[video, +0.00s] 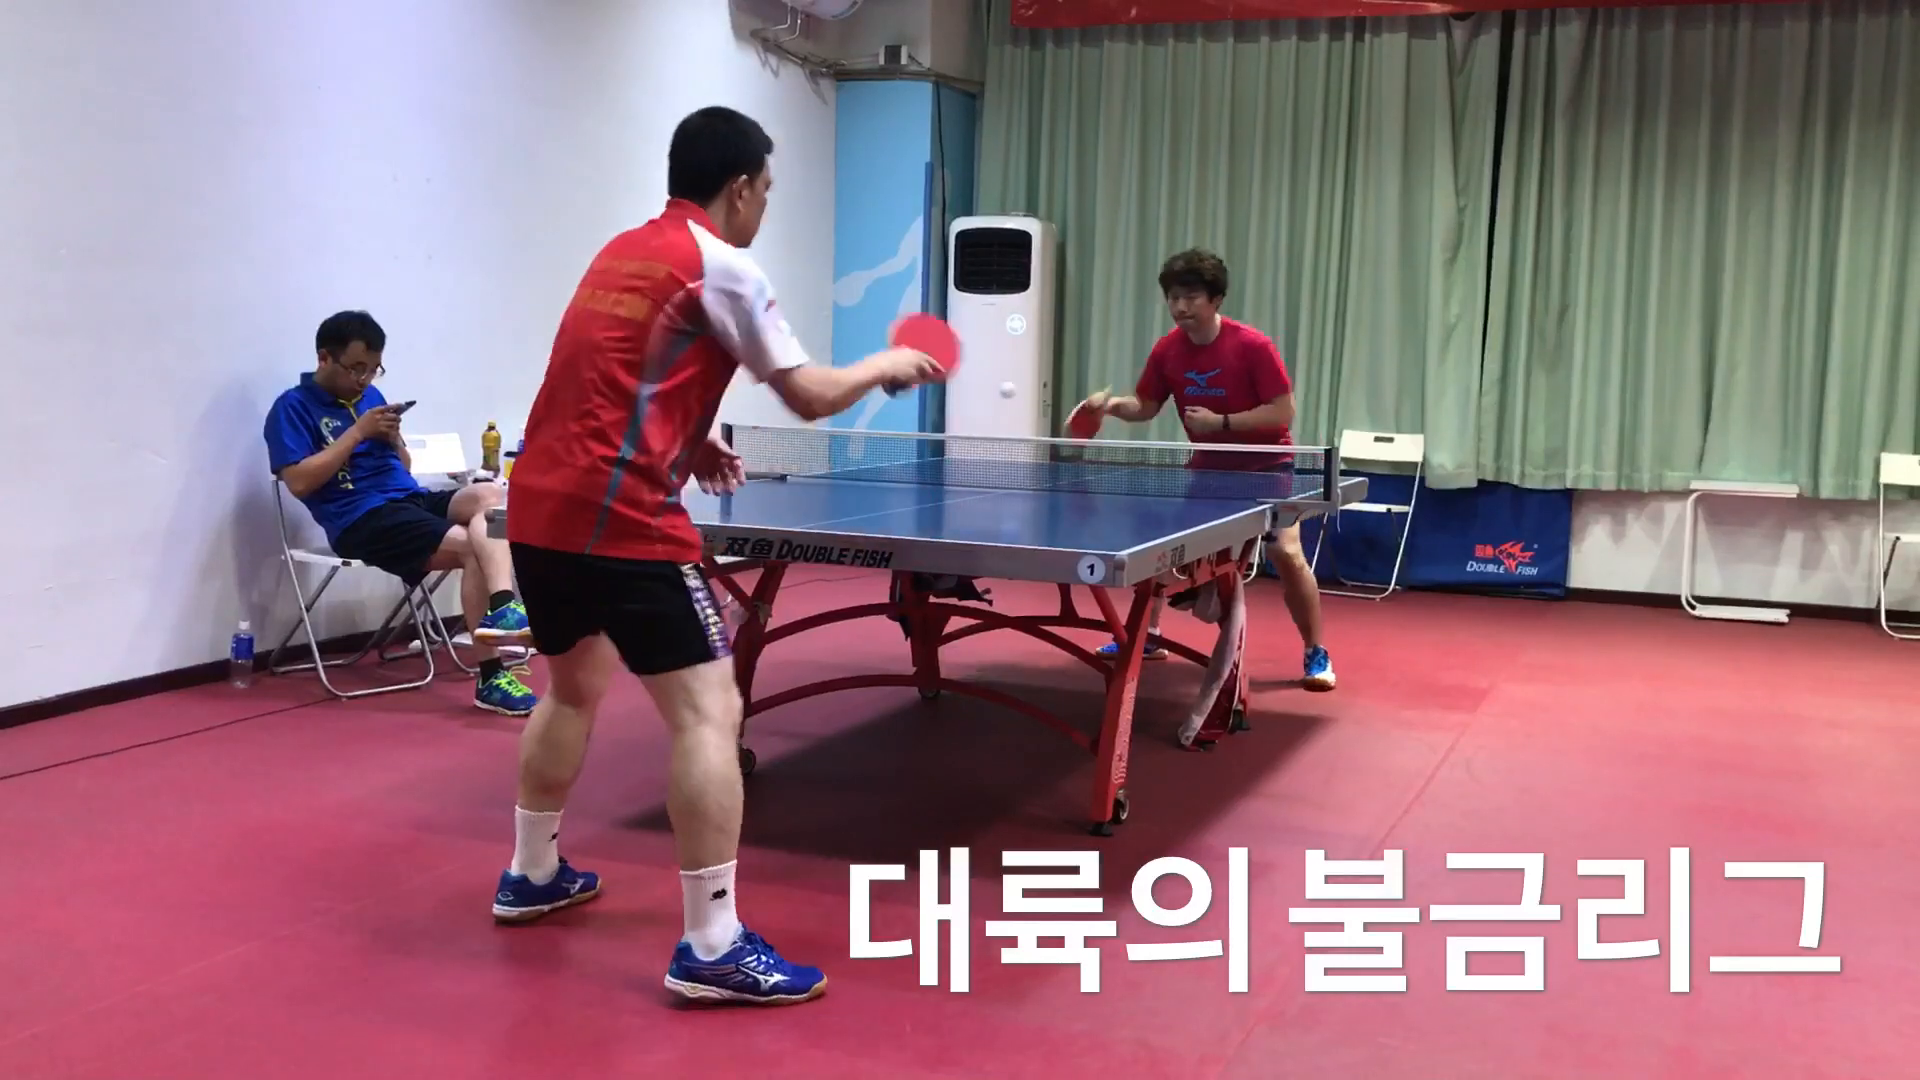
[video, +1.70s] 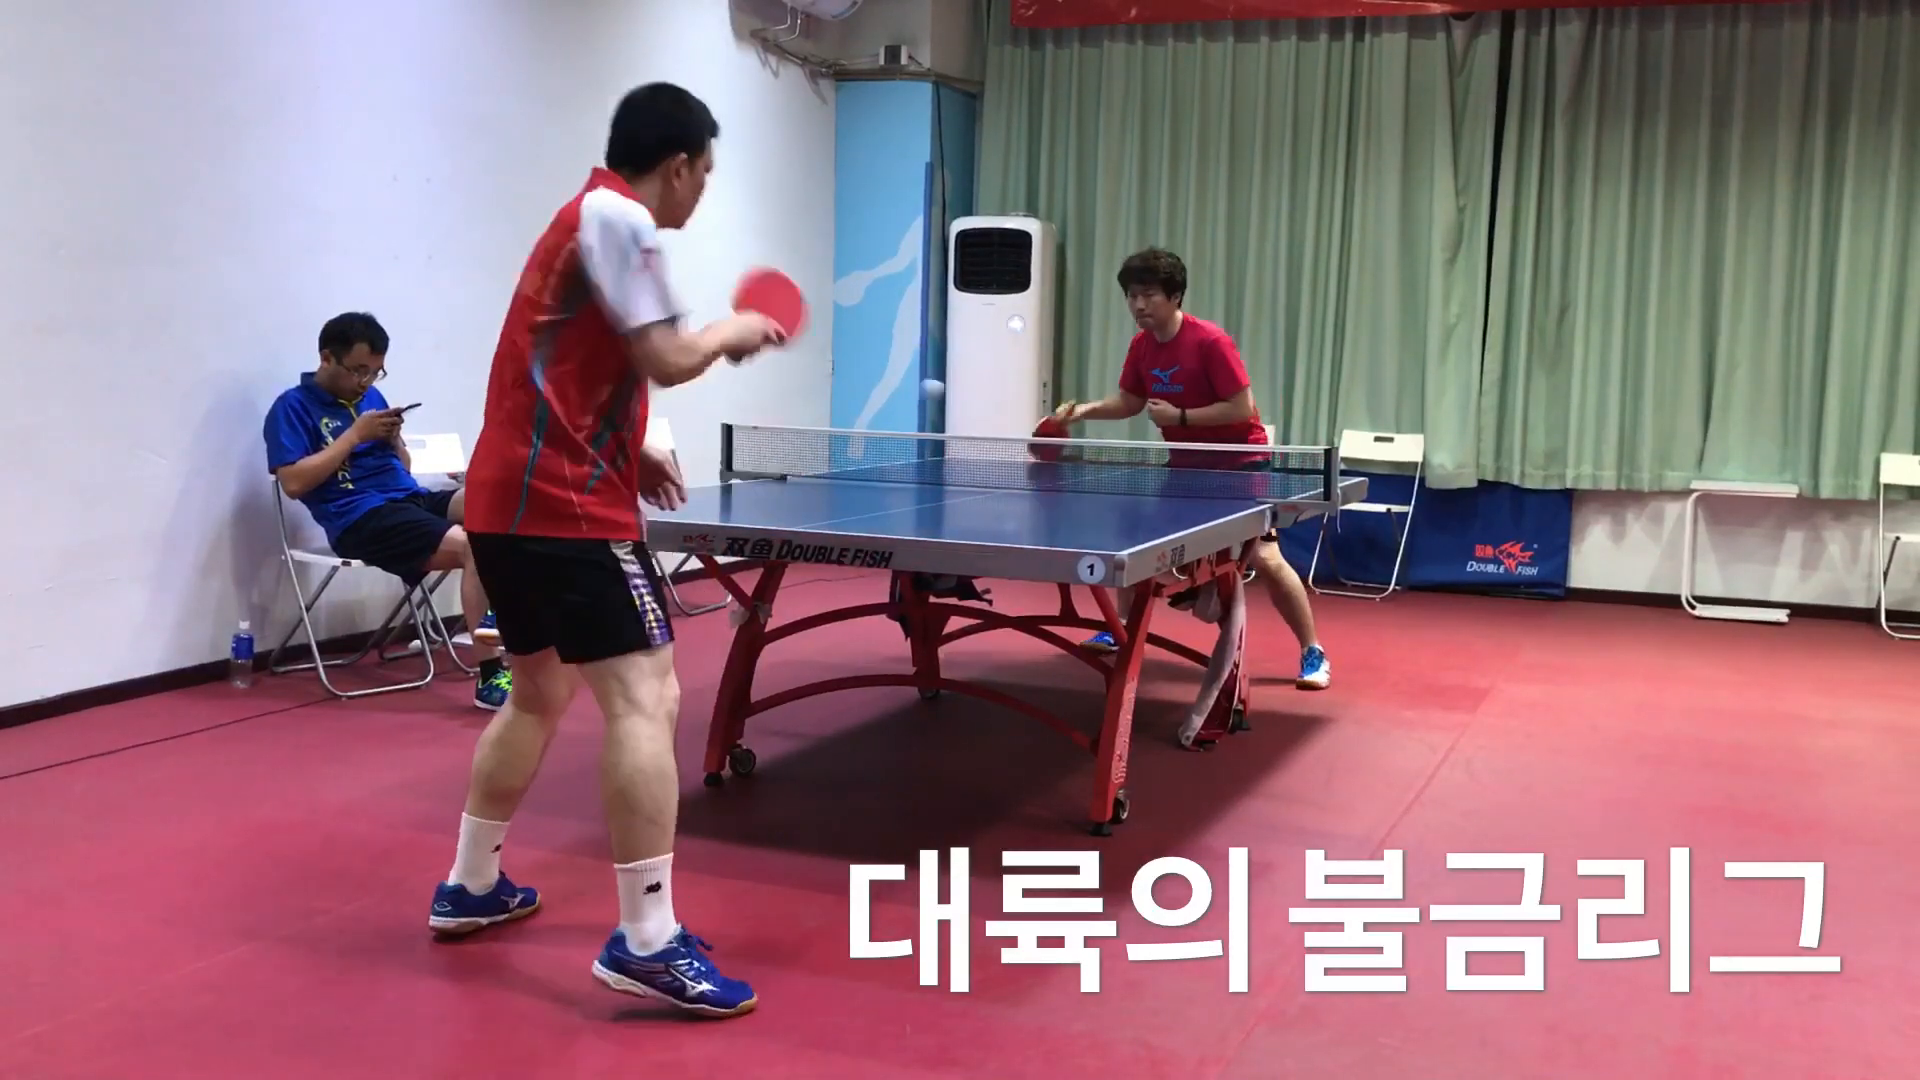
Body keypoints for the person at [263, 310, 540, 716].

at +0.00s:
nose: (364, 380)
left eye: (372, 370)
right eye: (356, 369)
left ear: (378, 365)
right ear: (324, 359)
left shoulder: (370, 397)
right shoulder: (292, 407)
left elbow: (404, 466)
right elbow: (299, 483)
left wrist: (393, 436)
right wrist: (359, 431)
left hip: (410, 501)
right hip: (363, 519)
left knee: (489, 495)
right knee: (479, 548)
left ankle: (503, 602)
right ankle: (491, 678)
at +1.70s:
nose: (367, 383)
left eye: (374, 373)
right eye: (359, 372)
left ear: (380, 367)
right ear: (326, 359)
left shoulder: (370, 397)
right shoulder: (291, 408)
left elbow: (404, 467)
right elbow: (294, 483)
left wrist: (393, 437)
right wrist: (356, 435)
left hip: (410, 499)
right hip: (364, 519)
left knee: (495, 507)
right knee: (474, 547)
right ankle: (492, 674)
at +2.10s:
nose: (366, 383)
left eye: (374, 373)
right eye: (358, 371)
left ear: (379, 367)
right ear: (326, 360)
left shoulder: (370, 397)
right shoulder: (291, 408)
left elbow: (403, 467)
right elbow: (293, 482)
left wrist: (393, 438)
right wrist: (354, 434)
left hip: (410, 499)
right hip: (364, 519)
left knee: (489, 506)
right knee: (474, 547)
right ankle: (490, 675)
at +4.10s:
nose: (368, 382)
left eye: (375, 372)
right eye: (359, 371)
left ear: (381, 364)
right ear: (326, 358)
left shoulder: (370, 397)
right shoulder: (291, 407)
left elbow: (404, 468)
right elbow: (300, 482)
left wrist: (393, 437)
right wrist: (360, 432)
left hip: (411, 500)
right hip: (363, 520)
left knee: (492, 501)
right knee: (477, 548)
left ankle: (495, 613)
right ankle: (493, 675)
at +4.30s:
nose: (366, 381)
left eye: (373, 372)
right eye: (357, 370)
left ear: (379, 367)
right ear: (324, 360)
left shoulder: (369, 395)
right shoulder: (292, 407)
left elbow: (403, 466)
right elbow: (300, 481)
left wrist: (392, 436)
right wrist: (360, 431)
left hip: (412, 502)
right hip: (364, 519)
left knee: (502, 524)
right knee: (478, 549)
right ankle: (490, 676)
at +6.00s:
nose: (366, 382)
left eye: (373, 372)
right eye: (358, 371)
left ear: (379, 368)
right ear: (325, 358)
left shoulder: (370, 397)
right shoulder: (291, 408)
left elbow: (404, 469)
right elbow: (297, 482)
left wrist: (392, 436)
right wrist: (359, 434)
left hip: (411, 502)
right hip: (363, 519)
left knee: (501, 527)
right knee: (466, 555)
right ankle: (494, 675)